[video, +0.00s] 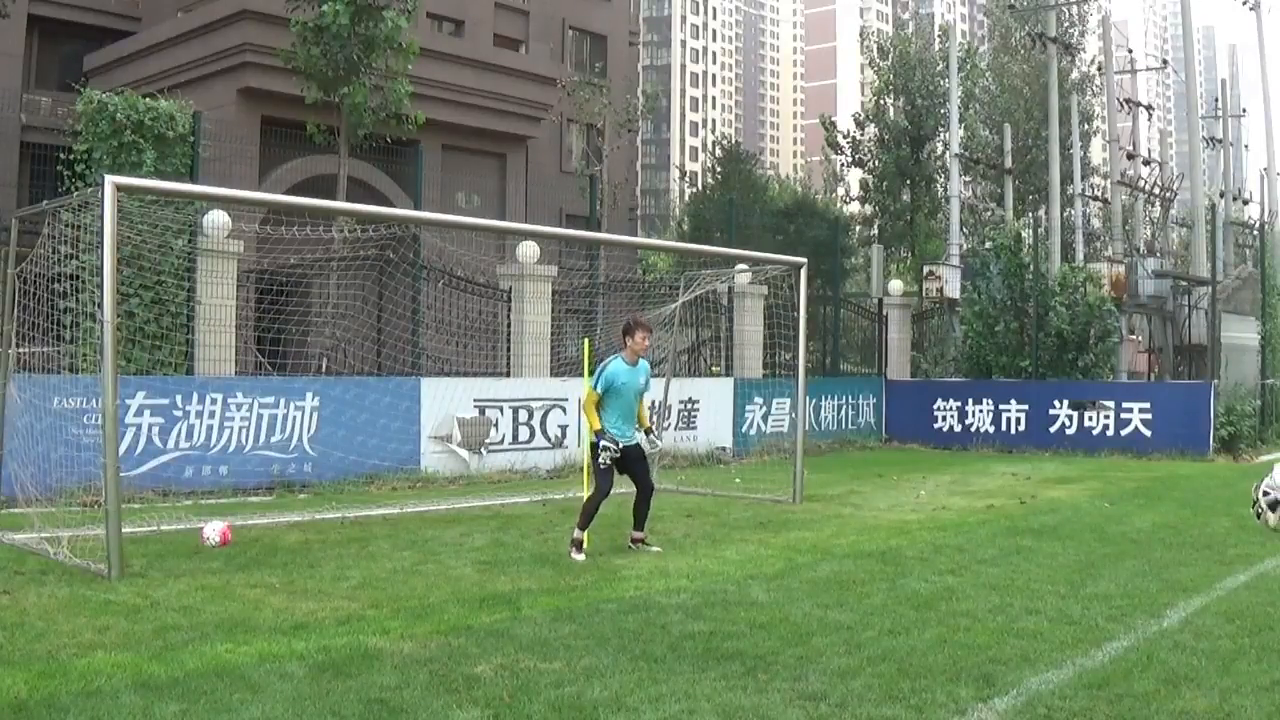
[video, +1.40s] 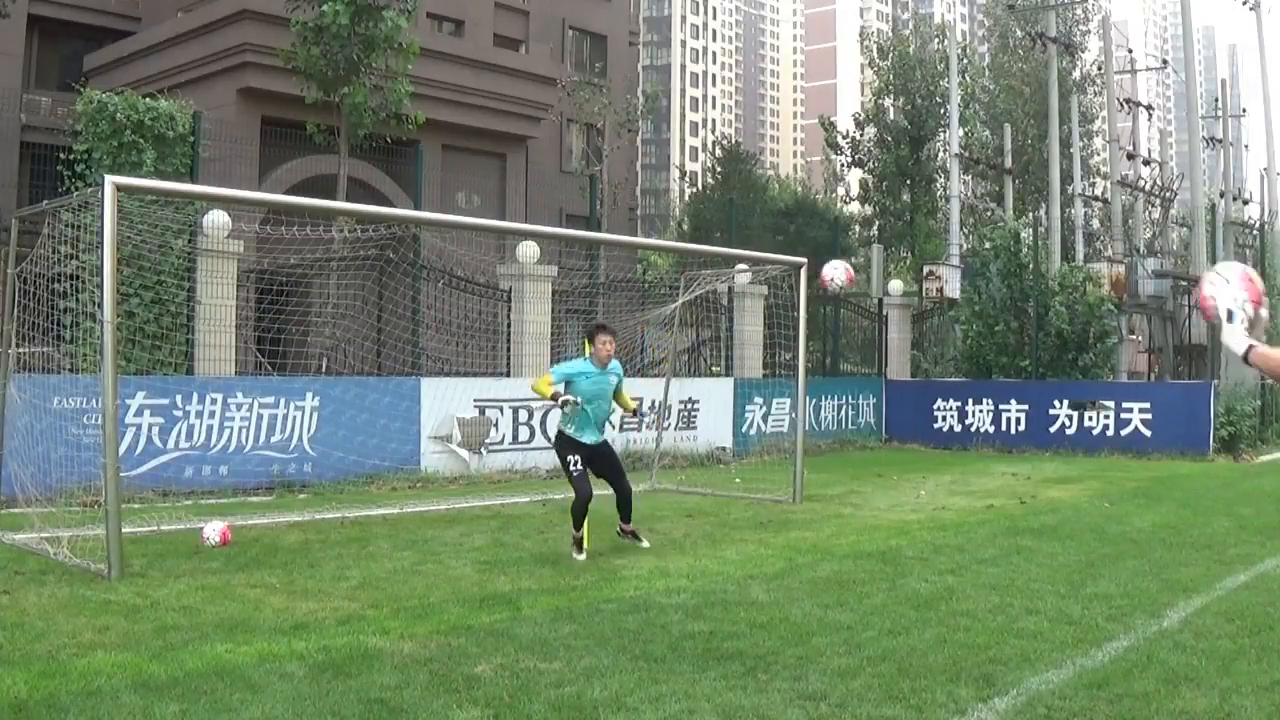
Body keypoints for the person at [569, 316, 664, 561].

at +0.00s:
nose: (647, 344)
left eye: (648, 339)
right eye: (643, 339)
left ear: (646, 341)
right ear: (628, 340)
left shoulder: (644, 368)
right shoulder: (609, 368)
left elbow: (639, 401)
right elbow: (588, 403)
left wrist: (647, 429)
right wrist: (599, 434)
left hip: (630, 442)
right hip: (605, 440)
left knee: (646, 487)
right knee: (602, 489)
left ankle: (637, 538)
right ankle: (578, 537)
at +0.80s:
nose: (652, 346)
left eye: (652, 342)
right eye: (647, 342)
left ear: (648, 346)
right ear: (631, 345)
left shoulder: (650, 371)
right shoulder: (618, 371)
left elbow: (664, 396)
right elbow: (601, 404)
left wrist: (666, 407)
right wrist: (630, 416)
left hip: (627, 443)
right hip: (602, 442)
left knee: (651, 486)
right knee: (601, 492)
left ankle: (638, 537)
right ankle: (573, 541)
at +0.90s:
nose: (649, 338)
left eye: (650, 334)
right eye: (644, 334)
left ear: (650, 339)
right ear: (629, 337)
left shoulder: (651, 359)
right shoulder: (619, 358)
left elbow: (679, 363)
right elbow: (617, 375)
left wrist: (685, 350)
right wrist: (646, 358)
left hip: (627, 436)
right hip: (604, 436)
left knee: (647, 482)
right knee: (595, 489)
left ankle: (638, 536)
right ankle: (572, 539)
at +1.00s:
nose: (641, 324)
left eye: (643, 320)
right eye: (637, 320)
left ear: (644, 323)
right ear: (625, 323)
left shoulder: (648, 343)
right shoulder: (616, 347)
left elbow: (675, 331)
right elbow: (631, 335)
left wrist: (670, 306)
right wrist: (643, 306)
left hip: (632, 423)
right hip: (609, 421)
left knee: (643, 477)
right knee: (594, 482)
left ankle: (641, 529)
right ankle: (567, 533)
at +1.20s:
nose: (629, 350)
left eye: (632, 346)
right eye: (624, 346)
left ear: (635, 349)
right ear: (613, 350)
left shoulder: (639, 366)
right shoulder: (606, 370)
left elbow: (667, 350)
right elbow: (604, 344)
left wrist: (681, 326)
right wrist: (628, 320)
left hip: (630, 443)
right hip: (605, 444)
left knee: (652, 498)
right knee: (603, 495)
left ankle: (647, 536)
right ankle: (575, 536)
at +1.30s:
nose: (622, 354)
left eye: (625, 350)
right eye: (617, 350)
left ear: (628, 353)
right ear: (605, 354)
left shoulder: (634, 374)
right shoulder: (594, 374)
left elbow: (663, 374)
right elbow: (574, 360)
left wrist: (669, 357)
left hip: (625, 450)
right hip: (597, 448)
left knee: (644, 496)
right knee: (600, 496)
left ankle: (646, 537)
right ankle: (592, 543)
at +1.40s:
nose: (609, 349)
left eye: (612, 344)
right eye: (604, 344)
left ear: (614, 346)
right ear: (591, 347)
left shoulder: (616, 369)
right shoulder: (573, 368)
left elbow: (618, 394)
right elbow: (538, 384)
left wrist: (631, 407)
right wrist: (557, 396)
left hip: (597, 443)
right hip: (570, 441)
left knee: (624, 488)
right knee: (584, 494)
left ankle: (626, 528)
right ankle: (577, 534)